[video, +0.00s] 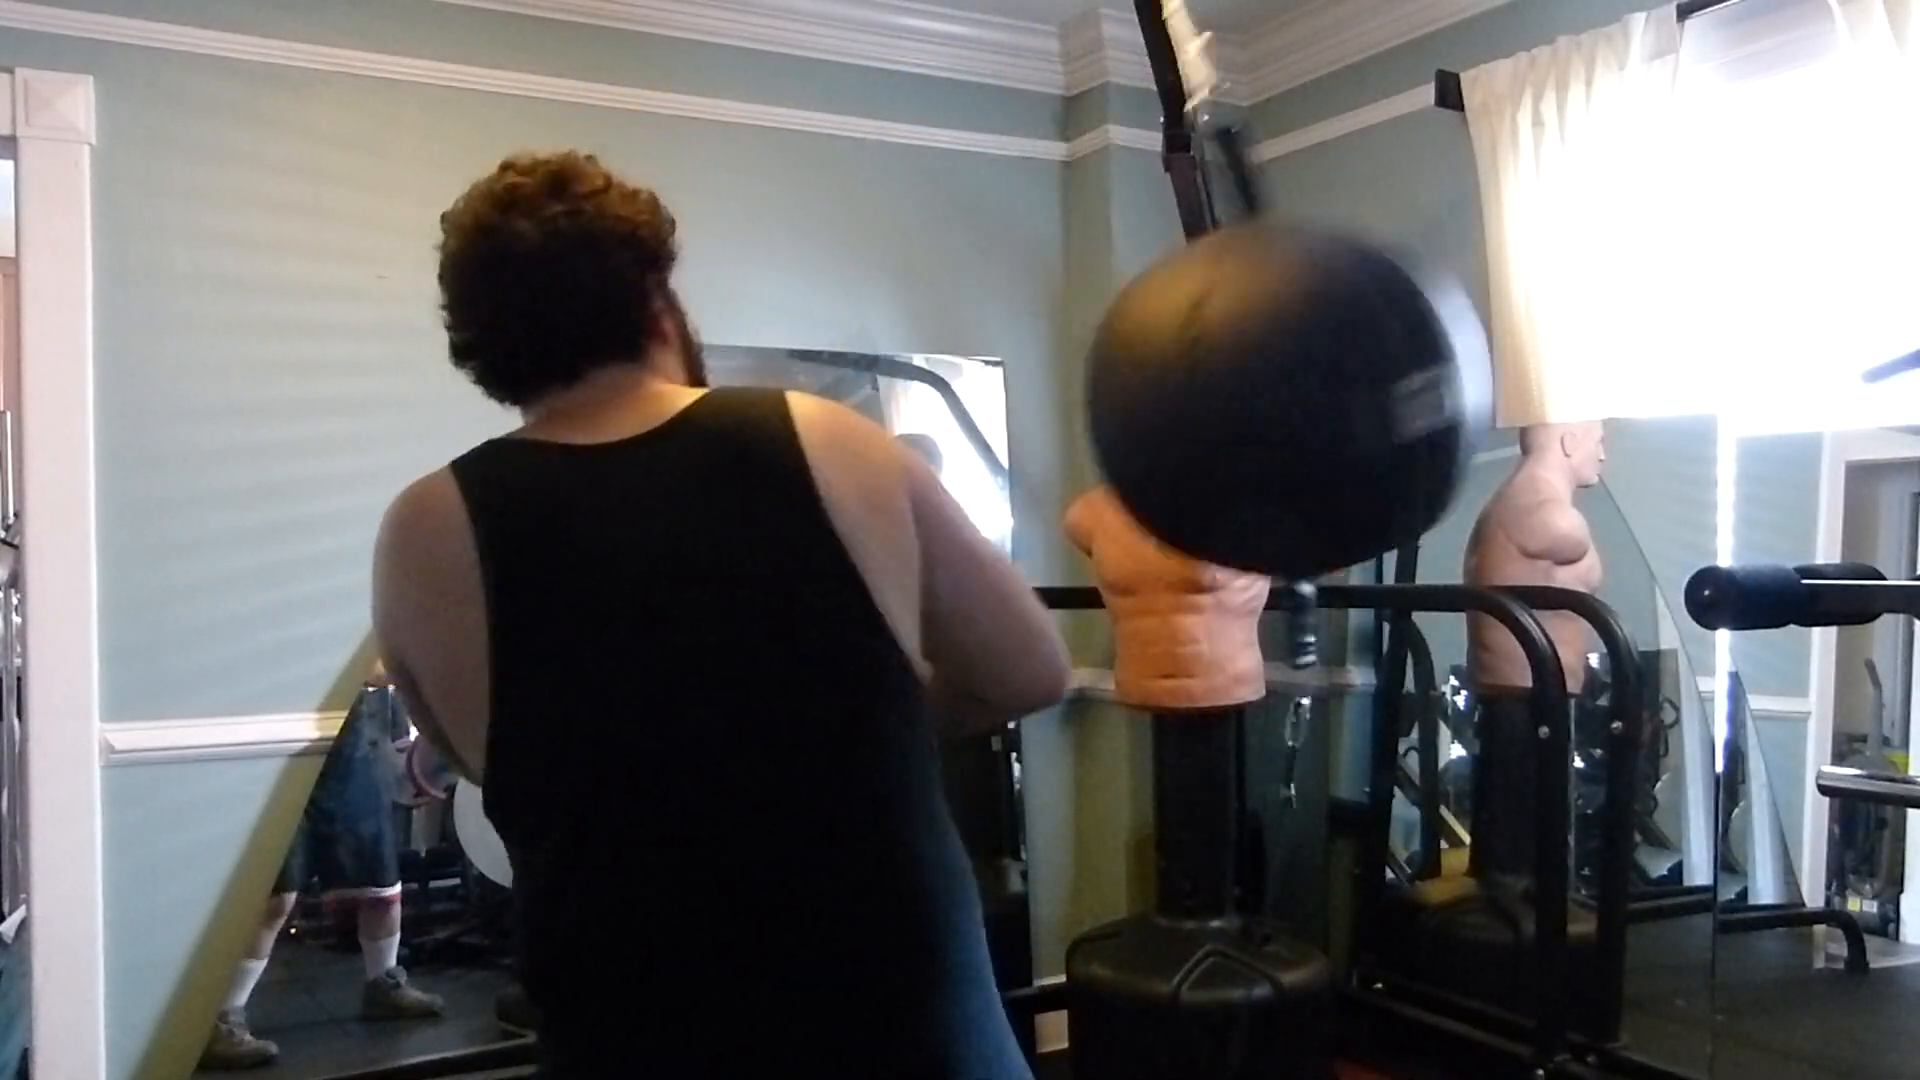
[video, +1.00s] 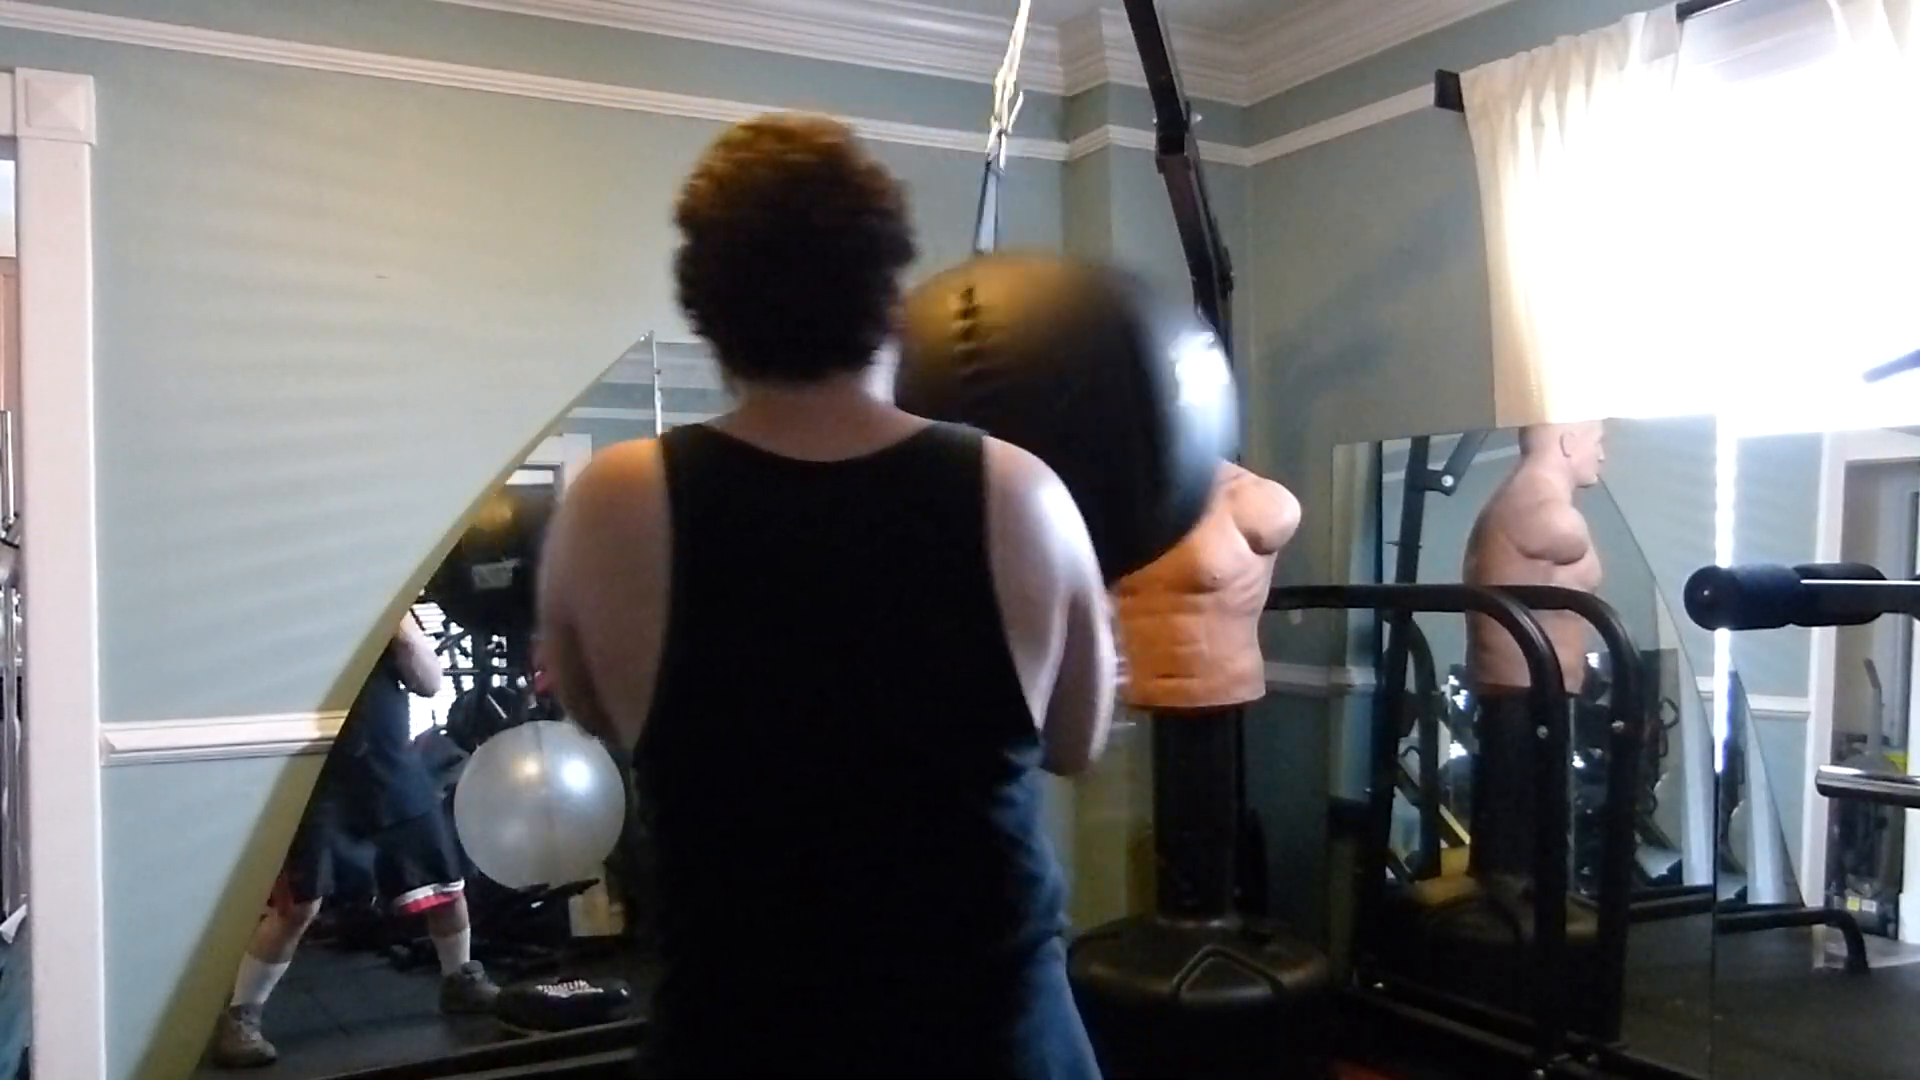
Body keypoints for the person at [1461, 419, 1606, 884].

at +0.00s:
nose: (1603, 453)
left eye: (1603, 438)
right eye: (1598, 437)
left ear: (1556, 440)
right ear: (1566, 440)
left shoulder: (1510, 501)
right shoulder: (1539, 501)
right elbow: (1593, 574)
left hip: (1509, 704)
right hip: (1529, 707)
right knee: (1527, 853)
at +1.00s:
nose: (1603, 455)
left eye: (1602, 441)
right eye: (1597, 439)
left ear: (1557, 441)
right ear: (1566, 441)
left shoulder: (1514, 497)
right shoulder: (1539, 495)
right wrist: (1588, 550)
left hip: (1510, 693)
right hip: (1528, 697)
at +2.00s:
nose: (1604, 454)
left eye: (1603, 440)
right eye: (1598, 439)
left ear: (1557, 441)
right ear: (1567, 441)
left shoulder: (1508, 501)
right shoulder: (1539, 498)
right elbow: (1592, 572)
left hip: (1509, 696)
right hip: (1530, 700)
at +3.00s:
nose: (1603, 454)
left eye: (1603, 440)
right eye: (1598, 438)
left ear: (1556, 441)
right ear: (1566, 441)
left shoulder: (1512, 498)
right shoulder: (1540, 499)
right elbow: (1592, 574)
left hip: (1509, 690)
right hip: (1530, 694)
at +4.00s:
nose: (1603, 454)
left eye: (1602, 440)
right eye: (1597, 439)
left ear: (1555, 440)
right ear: (1567, 441)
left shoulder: (1511, 500)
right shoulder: (1540, 502)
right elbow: (1593, 575)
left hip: (1508, 694)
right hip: (1530, 698)